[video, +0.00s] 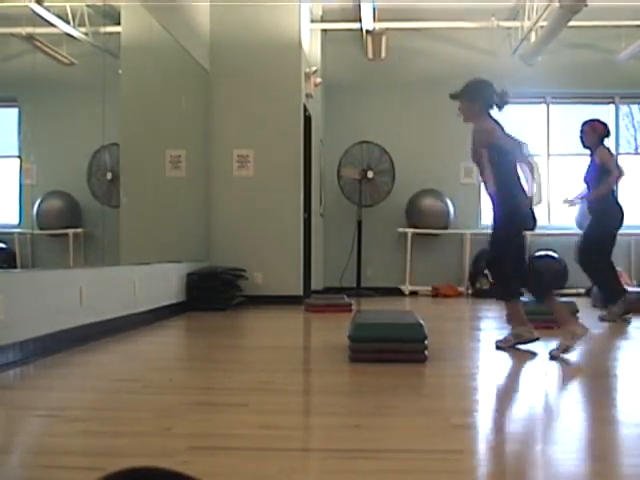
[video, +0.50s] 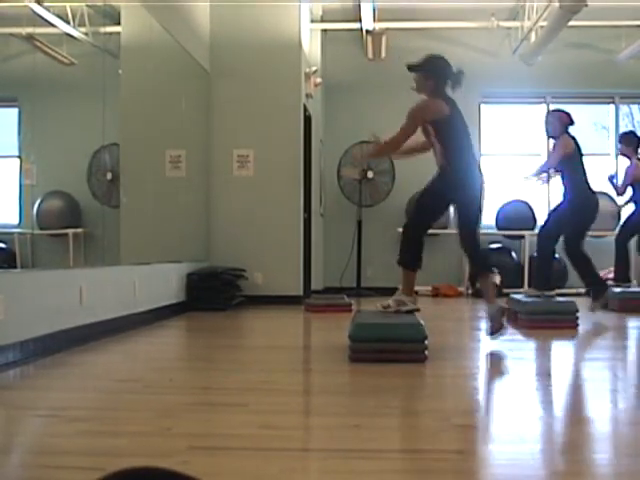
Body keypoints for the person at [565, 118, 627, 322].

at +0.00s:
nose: (582, 137)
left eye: (586, 133)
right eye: (582, 133)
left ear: (597, 135)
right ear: (591, 135)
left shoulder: (602, 152)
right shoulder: (597, 155)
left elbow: (616, 173)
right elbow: (598, 183)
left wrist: (595, 194)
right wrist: (579, 198)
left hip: (606, 211)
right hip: (602, 211)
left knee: (586, 254)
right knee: (600, 256)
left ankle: (616, 297)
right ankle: (615, 297)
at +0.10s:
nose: (578, 132)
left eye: (582, 129)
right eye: (578, 129)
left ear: (594, 130)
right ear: (586, 132)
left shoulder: (600, 149)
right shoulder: (589, 153)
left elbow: (598, 167)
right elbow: (581, 174)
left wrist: (575, 172)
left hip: (601, 210)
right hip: (600, 210)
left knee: (567, 237)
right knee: (605, 258)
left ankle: (591, 282)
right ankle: (618, 307)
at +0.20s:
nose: (572, 133)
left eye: (576, 130)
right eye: (572, 130)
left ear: (587, 131)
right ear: (582, 133)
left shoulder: (594, 150)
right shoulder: (585, 152)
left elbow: (568, 162)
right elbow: (562, 162)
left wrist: (541, 155)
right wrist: (543, 155)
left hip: (598, 211)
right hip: (594, 209)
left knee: (556, 231)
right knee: (605, 260)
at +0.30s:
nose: (564, 137)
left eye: (568, 134)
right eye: (564, 134)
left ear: (579, 135)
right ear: (578, 135)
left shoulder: (581, 152)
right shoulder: (583, 152)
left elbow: (556, 160)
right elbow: (559, 156)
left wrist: (536, 151)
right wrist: (539, 151)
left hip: (590, 213)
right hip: (597, 212)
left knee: (551, 235)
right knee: (604, 261)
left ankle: (542, 284)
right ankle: (618, 308)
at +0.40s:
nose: (554, 133)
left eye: (557, 129)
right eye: (554, 129)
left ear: (567, 129)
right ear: (569, 130)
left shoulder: (572, 149)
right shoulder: (573, 149)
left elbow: (548, 162)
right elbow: (549, 161)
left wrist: (531, 159)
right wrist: (533, 158)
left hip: (581, 208)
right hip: (590, 208)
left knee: (547, 235)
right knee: (593, 257)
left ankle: (541, 287)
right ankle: (614, 302)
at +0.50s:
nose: (546, 125)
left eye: (549, 122)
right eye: (546, 122)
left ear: (560, 123)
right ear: (560, 123)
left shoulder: (565, 141)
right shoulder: (563, 143)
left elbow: (551, 163)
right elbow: (564, 167)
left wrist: (536, 173)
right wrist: (550, 174)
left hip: (578, 201)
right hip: (580, 200)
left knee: (546, 237)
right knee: (572, 246)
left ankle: (542, 286)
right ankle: (597, 287)